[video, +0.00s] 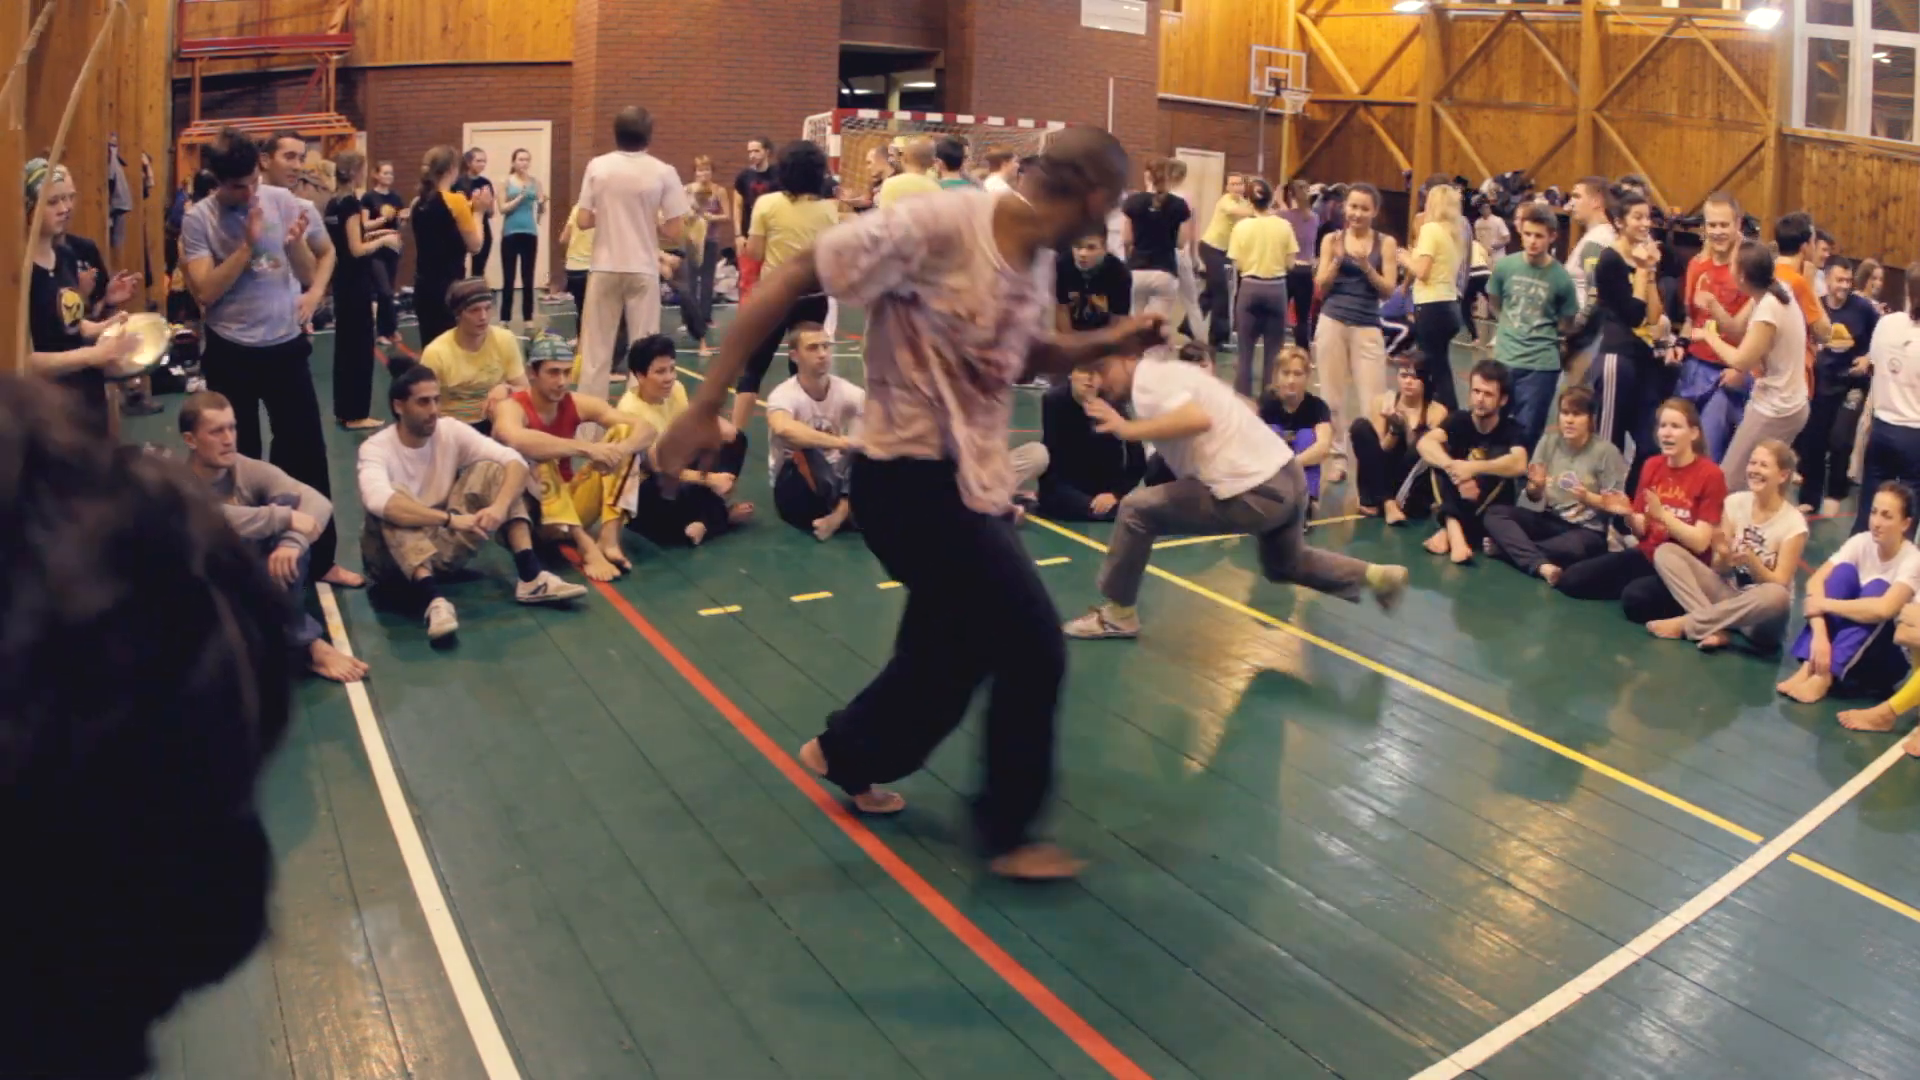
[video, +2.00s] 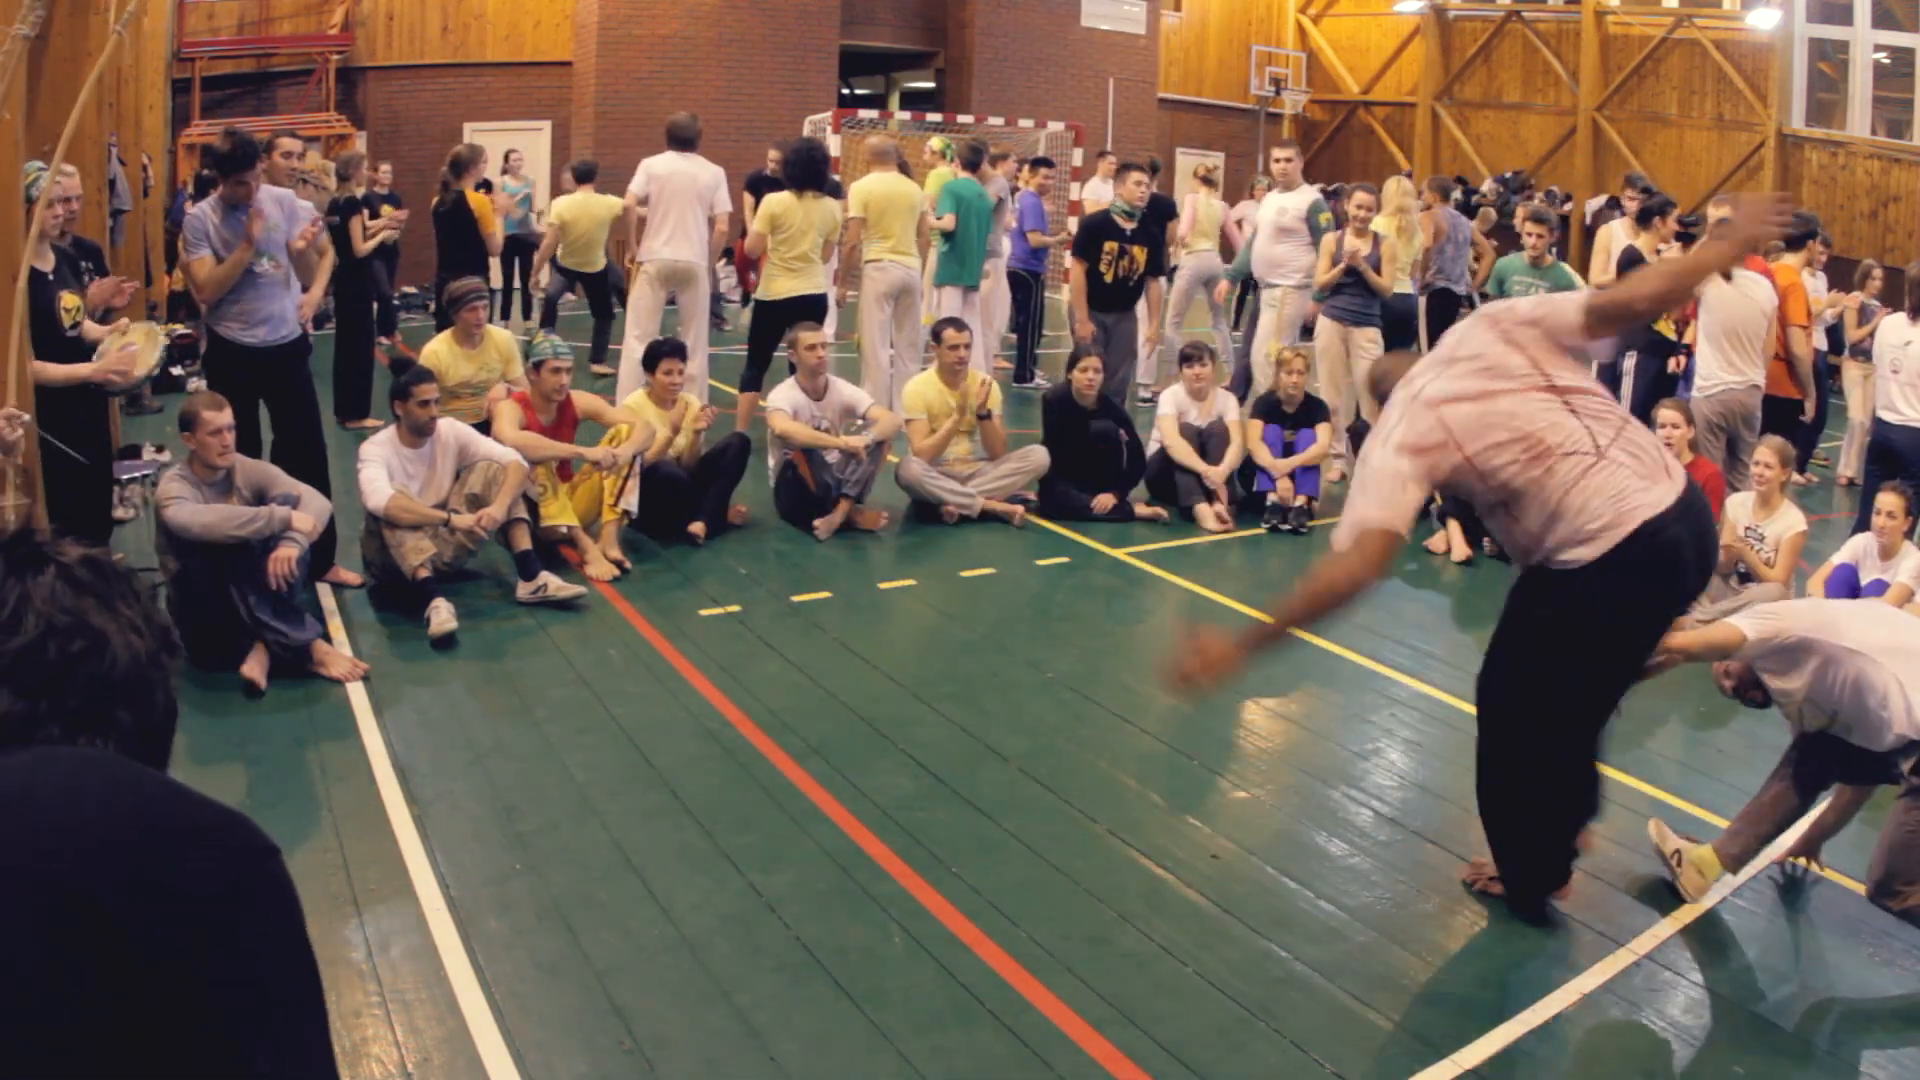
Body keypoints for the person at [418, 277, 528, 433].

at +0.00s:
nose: (483, 317)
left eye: (487, 309)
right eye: (474, 310)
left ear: (491, 309)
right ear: (458, 313)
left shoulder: (504, 340)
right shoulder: (435, 352)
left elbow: (523, 387)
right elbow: (424, 402)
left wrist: (505, 388)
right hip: (450, 428)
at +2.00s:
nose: (480, 316)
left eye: (484, 308)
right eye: (471, 310)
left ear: (488, 309)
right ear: (454, 313)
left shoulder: (503, 339)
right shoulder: (434, 351)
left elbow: (524, 389)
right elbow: (420, 400)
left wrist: (505, 387)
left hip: (494, 423)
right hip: (449, 428)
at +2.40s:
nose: (449, 330)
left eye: (456, 323)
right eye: (447, 322)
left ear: (478, 320)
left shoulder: (506, 341)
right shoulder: (436, 351)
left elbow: (525, 389)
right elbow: (424, 401)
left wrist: (505, 386)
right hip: (450, 427)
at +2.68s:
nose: (461, 325)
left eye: (467, 319)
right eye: (459, 318)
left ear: (490, 318)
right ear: (456, 314)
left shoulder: (516, 336)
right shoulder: (445, 341)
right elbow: (433, 396)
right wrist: (451, 424)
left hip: (500, 415)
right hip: (456, 416)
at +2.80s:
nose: (454, 306)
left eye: (459, 301)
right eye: (452, 300)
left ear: (479, 301)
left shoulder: (516, 319)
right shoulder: (443, 319)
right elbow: (440, 378)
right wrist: (460, 416)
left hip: (498, 396)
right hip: (455, 396)